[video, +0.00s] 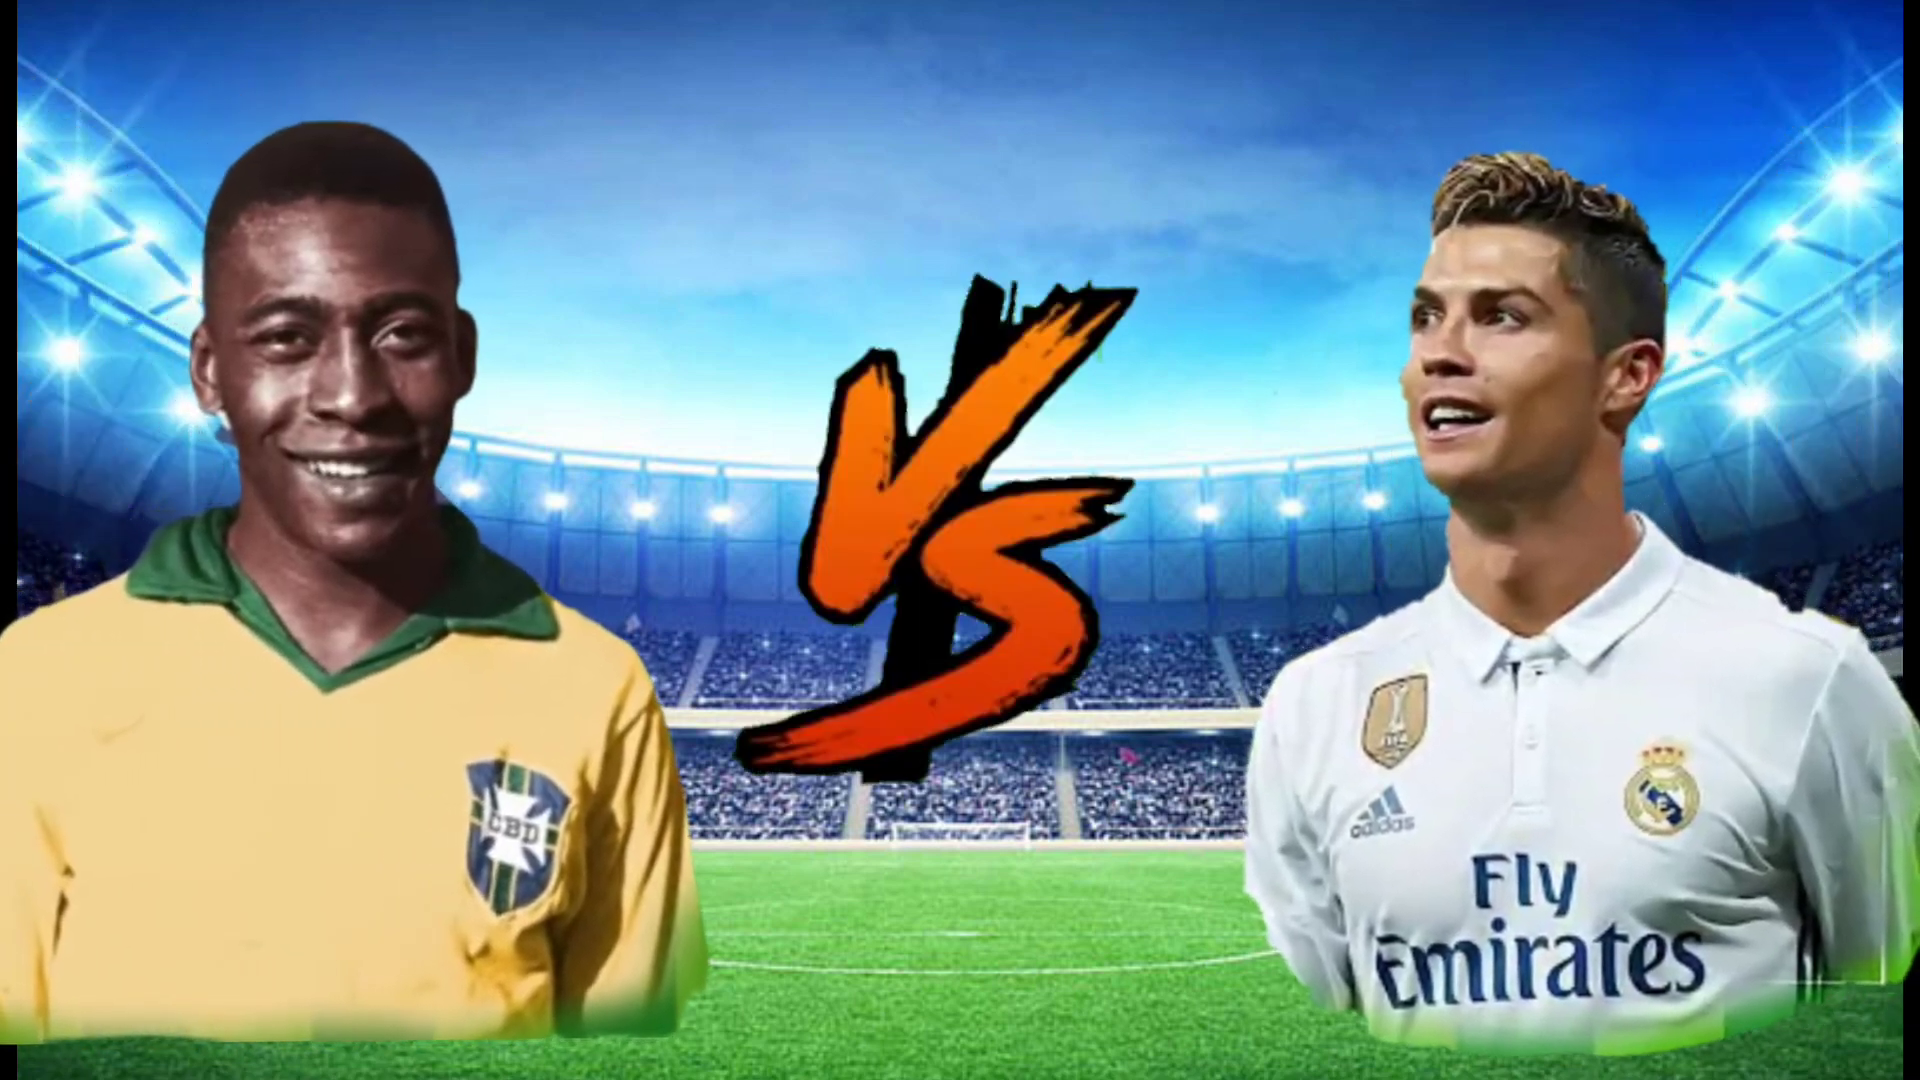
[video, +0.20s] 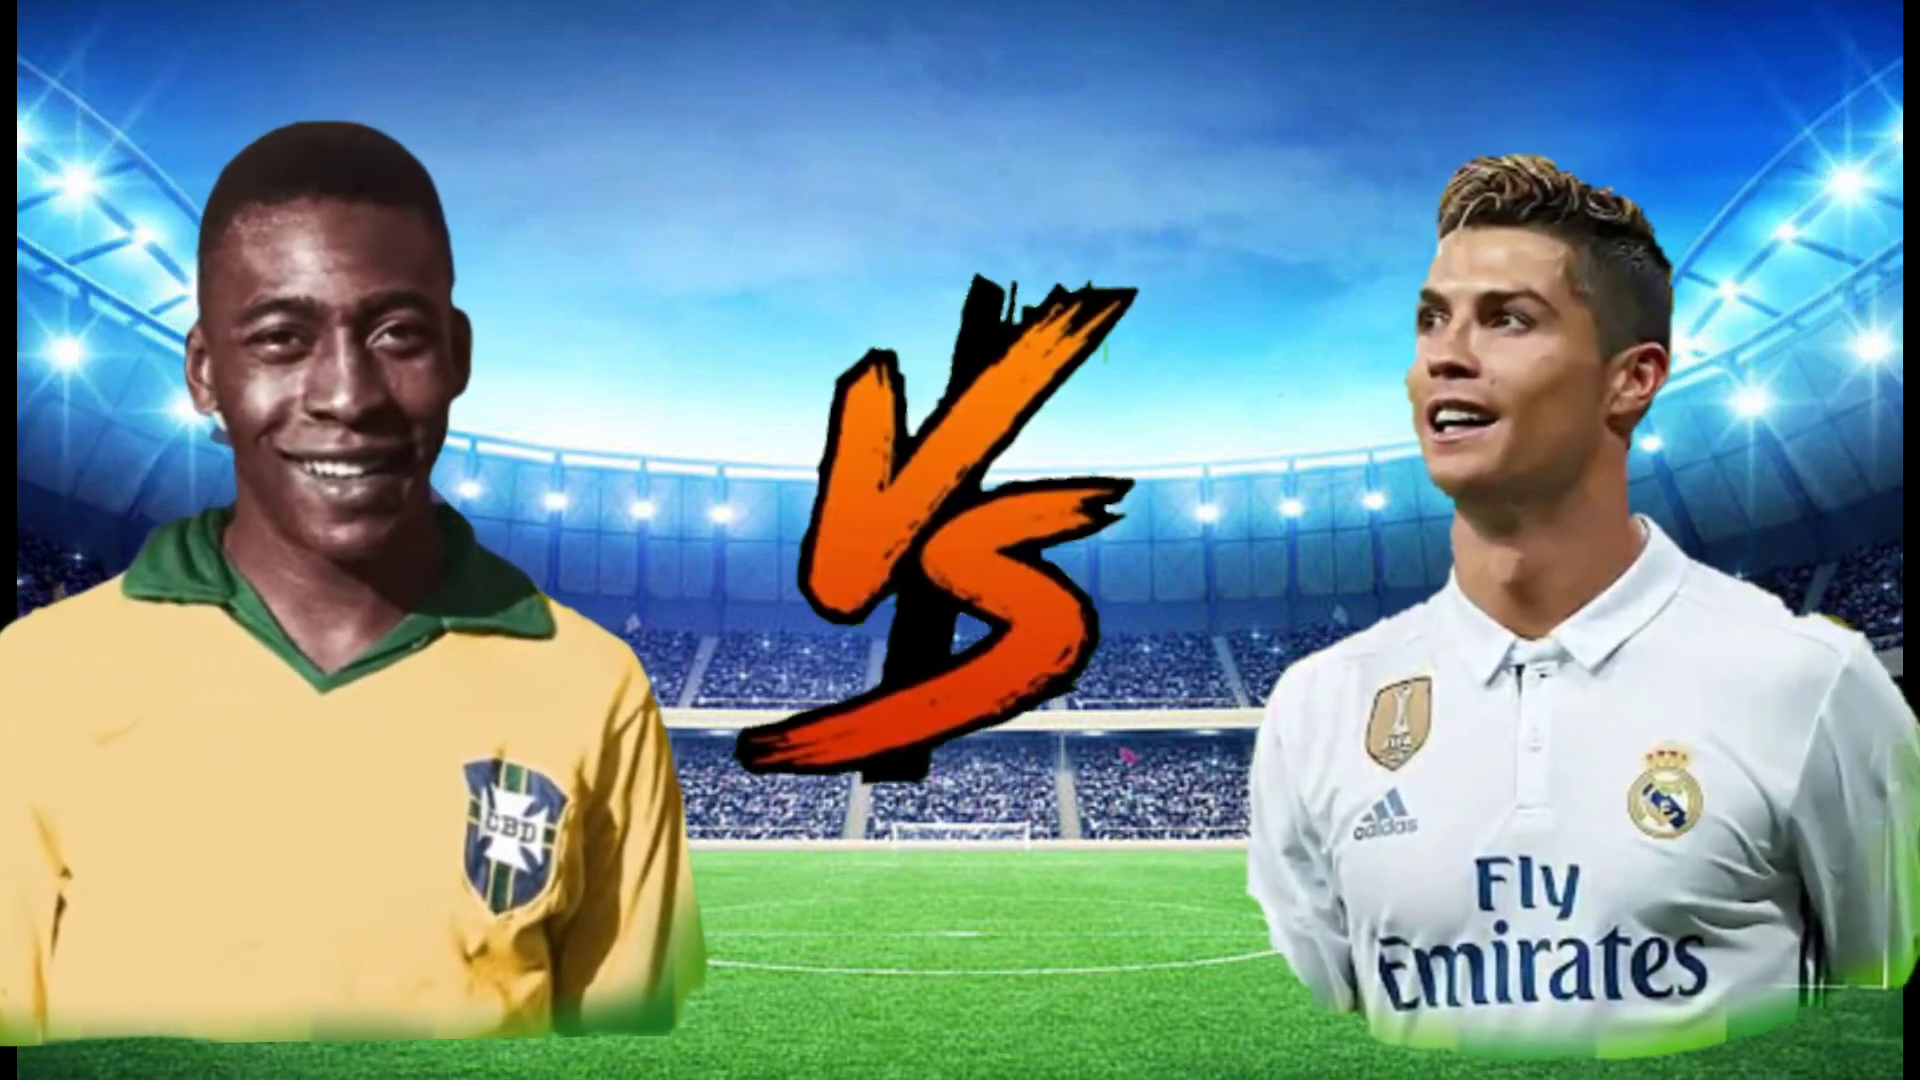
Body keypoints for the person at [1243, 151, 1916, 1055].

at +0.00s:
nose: (1438, 353)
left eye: (1502, 317)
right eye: (1426, 319)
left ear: (1626, 377)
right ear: (1407, 353)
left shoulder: (1808, 689)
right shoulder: (1309, 713)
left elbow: (1875, 1030)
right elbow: (1320, 1045)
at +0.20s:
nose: (1443, 356)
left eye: (1508, 319)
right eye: (1432, 320)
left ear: (1631, 380)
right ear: (1412, 354)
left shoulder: (1811, 694)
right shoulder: (1314, 714)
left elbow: (1876, 1032)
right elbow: (1322, 1047)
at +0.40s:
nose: (1450, 358)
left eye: (1516, 322)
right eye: (1440, 322)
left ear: (1640, 383)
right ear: (1420, 358)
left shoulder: (1818, 698)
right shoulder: (1318, 716)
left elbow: (1878, 1033)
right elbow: (1333, 1043)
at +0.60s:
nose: (1462, 362)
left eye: (1528, 325)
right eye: (1453, 326)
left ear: (1651, 387)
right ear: (1432, 365)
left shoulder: (1831, 703)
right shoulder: (1329, 716)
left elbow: (1885, 1032)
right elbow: (1340, 1046)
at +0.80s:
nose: (1480, 364)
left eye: (1547, 328)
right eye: (1470, 328)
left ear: (1668, 391)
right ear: (1449, 368)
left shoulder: (1848, 706)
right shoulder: (1345, 720)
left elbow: (1895, 1021)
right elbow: (1360, 1043)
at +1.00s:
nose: (1512, 364)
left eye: (1577, 329)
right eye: (1502, 328)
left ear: (1698, 395)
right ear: (1485, 363)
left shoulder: (1876, 708)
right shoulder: (1374, 721)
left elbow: (1910, 1008)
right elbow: (1382, 1043)